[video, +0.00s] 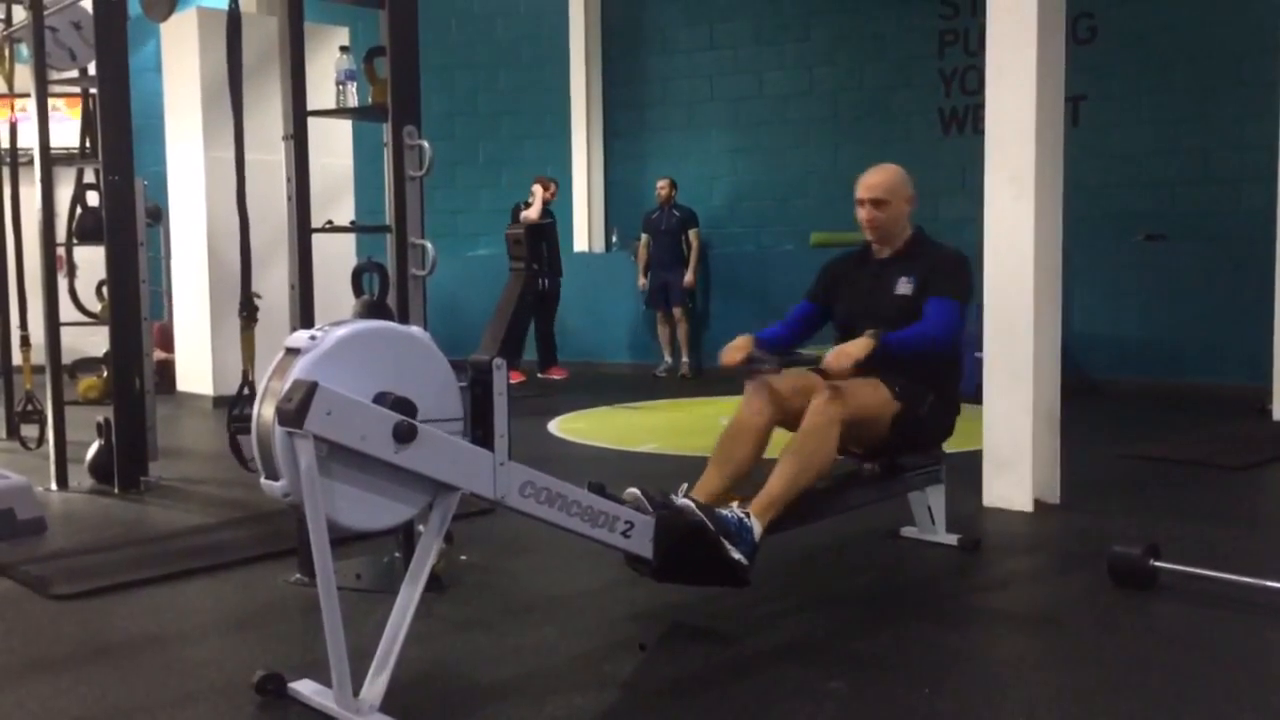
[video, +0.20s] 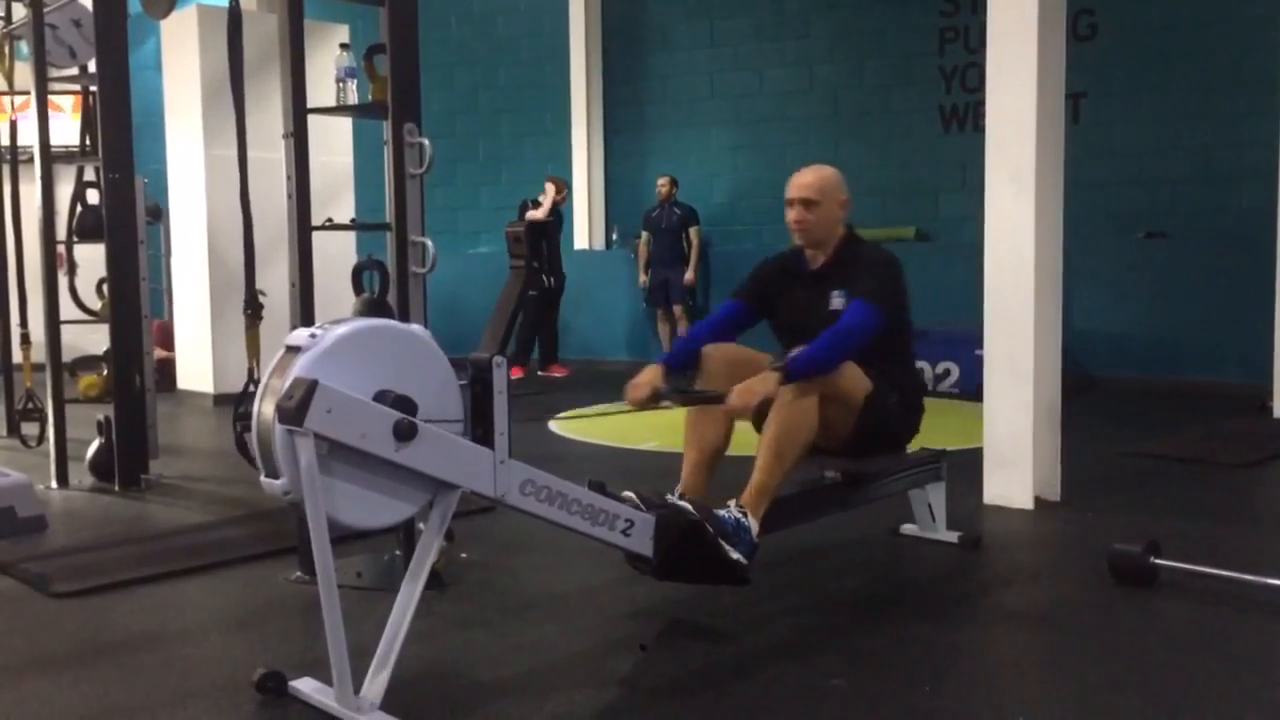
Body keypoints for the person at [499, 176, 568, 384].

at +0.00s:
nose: (552, 198)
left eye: (553, 195)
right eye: (550, 194)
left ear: (551, 196)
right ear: (539, 191)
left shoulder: (549, 215)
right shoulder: (521, 209)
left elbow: (552, 246)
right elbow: (532, 217)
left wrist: (556, 272)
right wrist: (537, 196)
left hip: (550, 276)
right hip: (528, 276)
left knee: (546, 324)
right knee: (519, 322)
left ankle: (548, 365)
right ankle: (511, 366)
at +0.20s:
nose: (562, 201)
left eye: (563, 198)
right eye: (562, 197)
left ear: (559, 197)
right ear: (553, 193)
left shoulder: (557, 215)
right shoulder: (528, 206)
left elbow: (555, 246)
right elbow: (540, 216)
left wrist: (558, 272)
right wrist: (549, 197)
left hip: (554, 273)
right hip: (534, 273)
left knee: (550, 321)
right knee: (530, 320)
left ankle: (549, 363)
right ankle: (519, 364)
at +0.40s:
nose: (567, 206)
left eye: (569, 203)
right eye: (567, 202)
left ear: (561, 197)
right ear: (558, 195)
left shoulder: (552, 213)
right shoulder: (533, 206)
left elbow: (553, 248)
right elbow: (531, 239)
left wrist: (559, 273)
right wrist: (560, 224)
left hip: (554, 275)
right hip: (536, 275)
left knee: (550, 322)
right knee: (532, 321)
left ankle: (548, 363)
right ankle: (526, 364)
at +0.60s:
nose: (570, 204)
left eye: (572, 200)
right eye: (570, 199)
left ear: (563, 195)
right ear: (561, 193)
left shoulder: (557, 212)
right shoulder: (535, 207)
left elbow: (552, 240)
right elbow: (530, 241)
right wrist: (536, 271)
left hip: (554, 272)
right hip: (536, 272)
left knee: (551, 320)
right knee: (531, 320)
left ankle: (549, 361)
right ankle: (526, 364)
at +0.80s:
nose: (568, 203)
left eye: (570, 199)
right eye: (569, 199)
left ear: (560, 194)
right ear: (560, 193)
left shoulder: (554, 211)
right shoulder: (534, 208)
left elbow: (550, 242)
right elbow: (532, 244)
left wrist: (564, 246)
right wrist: (540, 273)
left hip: (554, 274)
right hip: (536, 275)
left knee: (551, 320)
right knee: (531, 321)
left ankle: (550, 362)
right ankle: (527, 365)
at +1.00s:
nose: (564, 204)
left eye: (565, 200)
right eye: (564, 199)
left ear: (556, 194)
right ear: (556, 194)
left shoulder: (550, 213)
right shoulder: (531, 210)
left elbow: (550, 244)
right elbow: (530, 245)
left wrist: (560, 254)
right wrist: (538, 269)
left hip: (553, 275)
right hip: (534, 276)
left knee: (551, 321)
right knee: (529, 322)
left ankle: (550, 363)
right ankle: (526, 366)